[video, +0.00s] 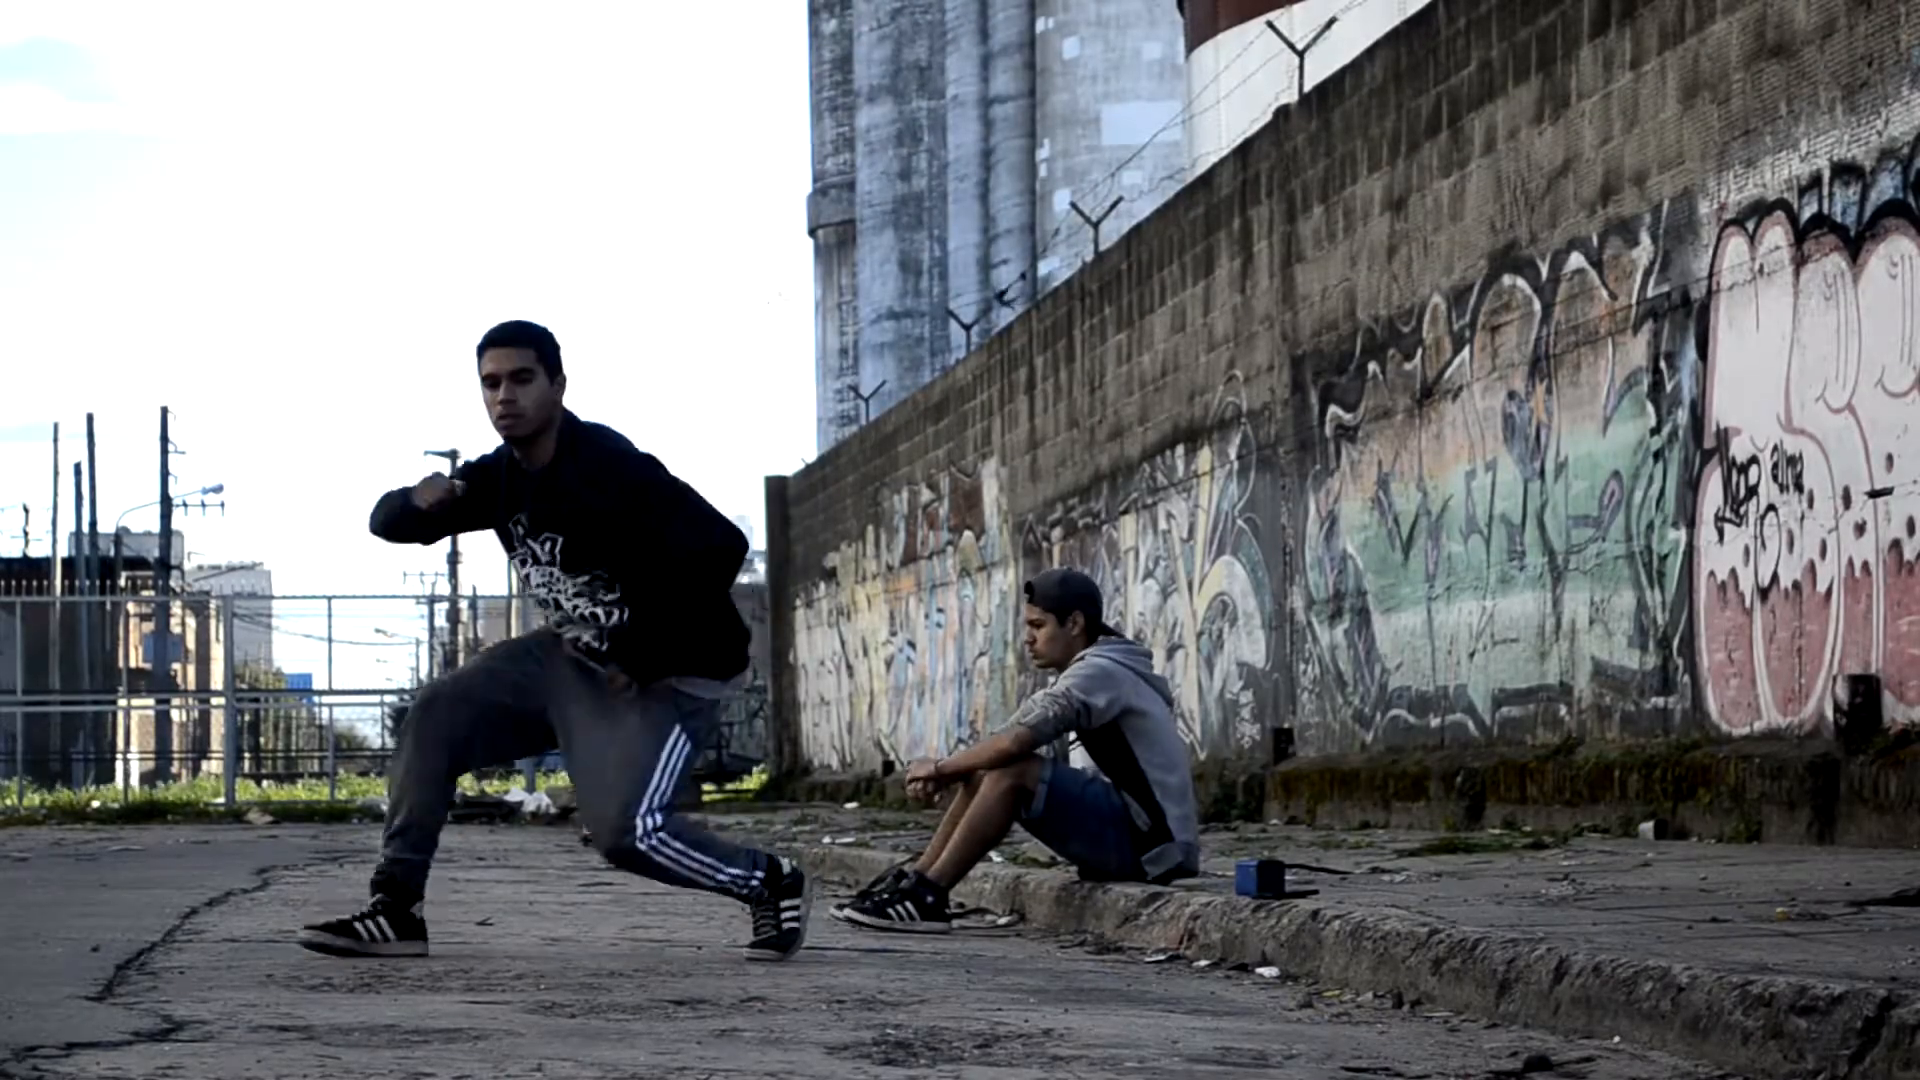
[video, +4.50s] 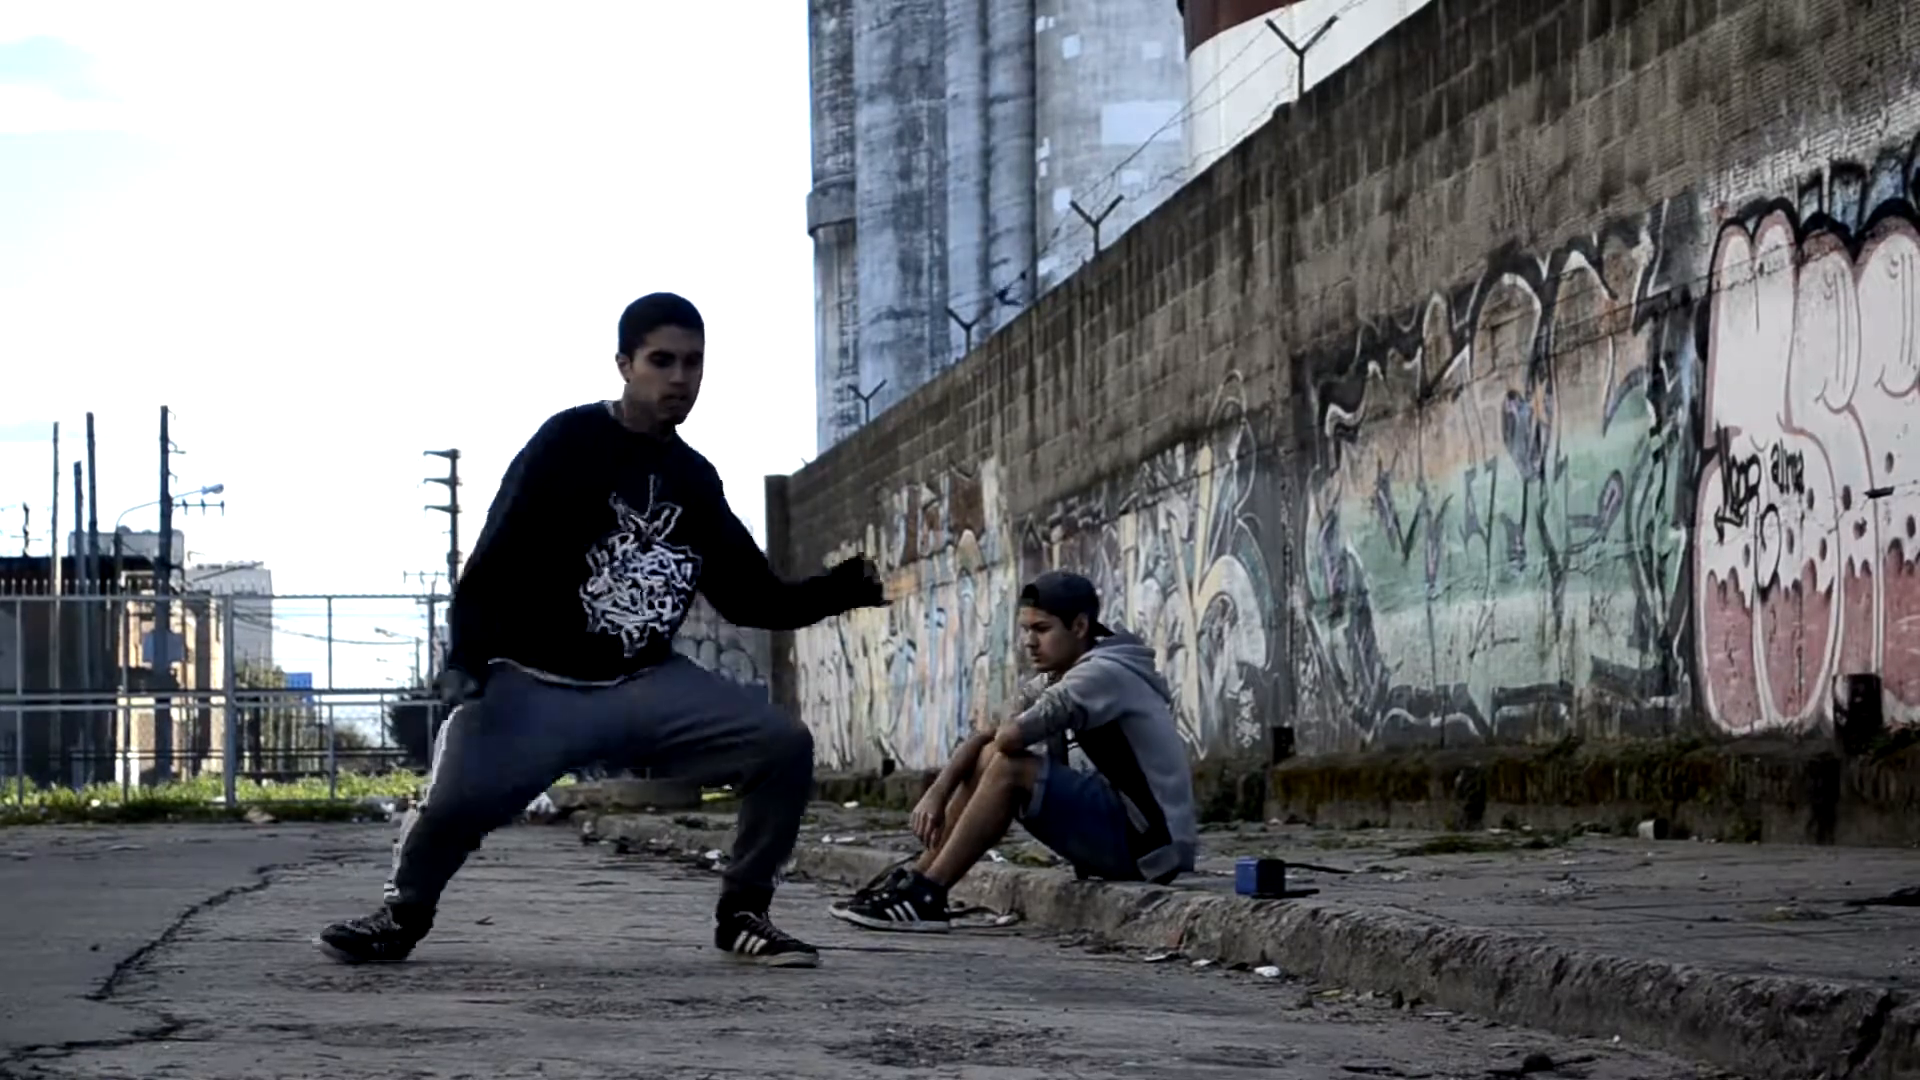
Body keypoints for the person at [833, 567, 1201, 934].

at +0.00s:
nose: (1028, 638)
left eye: (1037, 626)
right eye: (1027, 626)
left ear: (1075, 624)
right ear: (1076, 626)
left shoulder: (1100, 669)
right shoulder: (1088, 669)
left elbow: (1016, 742)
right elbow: (1017, 740)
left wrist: (940, 766)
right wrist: (945, 769)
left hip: (1151, 843)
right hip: (1128, 833)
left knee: (1011, 773)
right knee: (984, 769)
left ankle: (931, 894)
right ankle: (912, 884)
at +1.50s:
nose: (1039, 648)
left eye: (1049, 635)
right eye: (1031, 636)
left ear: (1088, 628)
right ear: (1027, 634)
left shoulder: (1110, 673)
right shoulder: (1068, 676)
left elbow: (1024, 743)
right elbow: (1002, 731)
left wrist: (943, 773)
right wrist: (945, 773)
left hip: (1148, 846)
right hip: (1118, 836)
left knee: (1015, 771)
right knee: (986, 763)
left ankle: (932, 894)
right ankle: (914, 883)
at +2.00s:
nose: (1035, 634)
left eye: (1047, 621)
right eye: (1030, 624)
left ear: (1085, 621)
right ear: (1026, 624)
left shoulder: (1103, 666)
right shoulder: (1081, 668)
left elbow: (1018, 741)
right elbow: (1012, 736)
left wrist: (940, 772)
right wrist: (948, 773)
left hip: (1149, 844)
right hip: (1123, 835)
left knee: (1011, 772)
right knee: (987, 766)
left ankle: (934, 893)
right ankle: (917, 879)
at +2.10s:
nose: (1029, 634)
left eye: (1040, 620)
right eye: (1025, 624)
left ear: (1080, 621)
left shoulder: (1100, 667)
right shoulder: (1079, 671)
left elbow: (1018, 741)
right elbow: (1011, 740)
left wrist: (939, 772)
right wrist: (946, 774)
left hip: (1149, 844)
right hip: (1123, 836)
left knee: (1012, 770)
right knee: (987, 766)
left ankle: (934, 893)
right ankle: (917, 879)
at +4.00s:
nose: (1019, 650)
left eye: (1028, 636)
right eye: (1015, 639)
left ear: (1067, 628)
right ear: (1061, 632)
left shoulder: (1101, 676)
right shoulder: (1064, 684)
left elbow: (1011, 751)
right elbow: (999, 743)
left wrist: (957, 749)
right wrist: (942, 776)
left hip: (1151, 848)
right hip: (1120, 839)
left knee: (1013, 771)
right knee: (983, 767)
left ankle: (933, 895)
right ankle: (915, 882)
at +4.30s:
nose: (1029, 642)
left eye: (1040, 629)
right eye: (1025, 630)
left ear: (1079, 627)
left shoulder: (1105, 674)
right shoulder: (1063, 671)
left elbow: (1007, 738)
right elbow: (990, 725)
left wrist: (994, 717)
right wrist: (936, 792)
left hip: (1147, 845)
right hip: (1116, 833)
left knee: (1013, 766)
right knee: (988, 756)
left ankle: (932, 895)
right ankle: (915, 882)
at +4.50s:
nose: (1030, 642)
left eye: (1041, 630)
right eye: (1026, 631)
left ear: (1080, 627)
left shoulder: (1104, 670)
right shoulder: (1071, 671)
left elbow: (1010, 736)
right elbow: (993, 729)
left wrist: (1009, 727)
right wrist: (936, 791)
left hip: (1148, 844)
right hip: (1119, 833)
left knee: (1011, 766)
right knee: (988, 757)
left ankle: (932, 894)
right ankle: (914, 881)